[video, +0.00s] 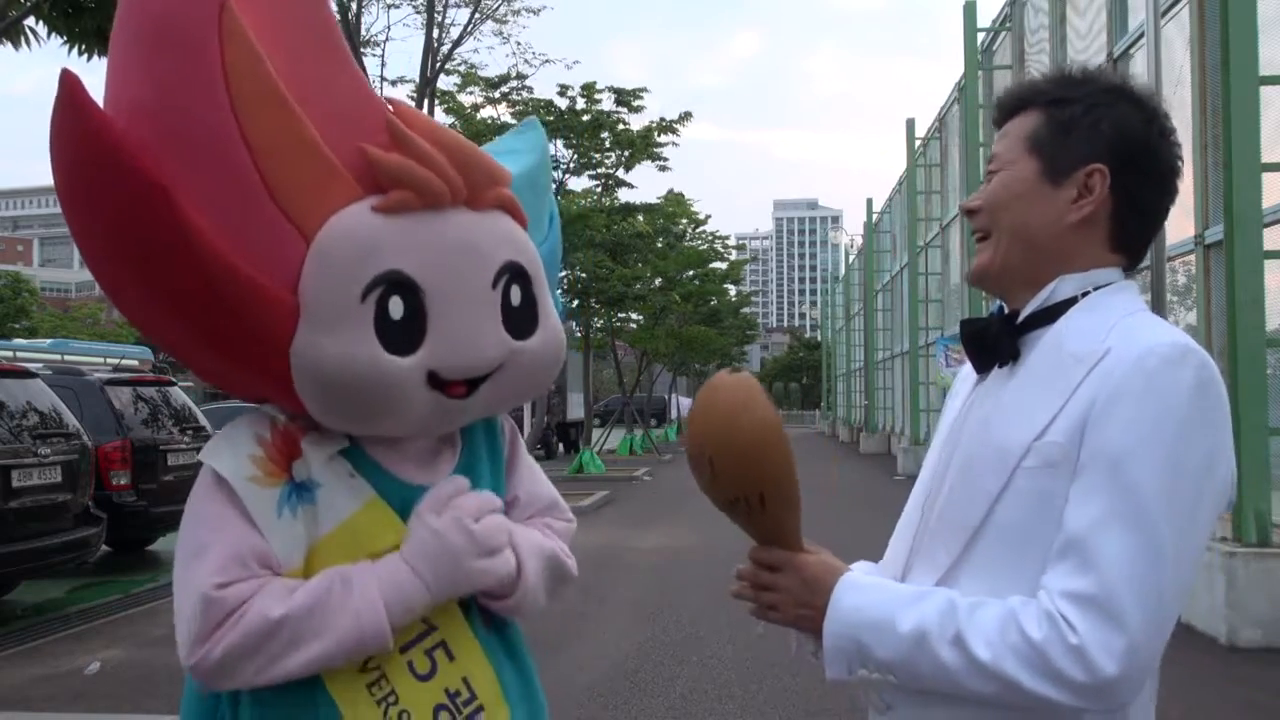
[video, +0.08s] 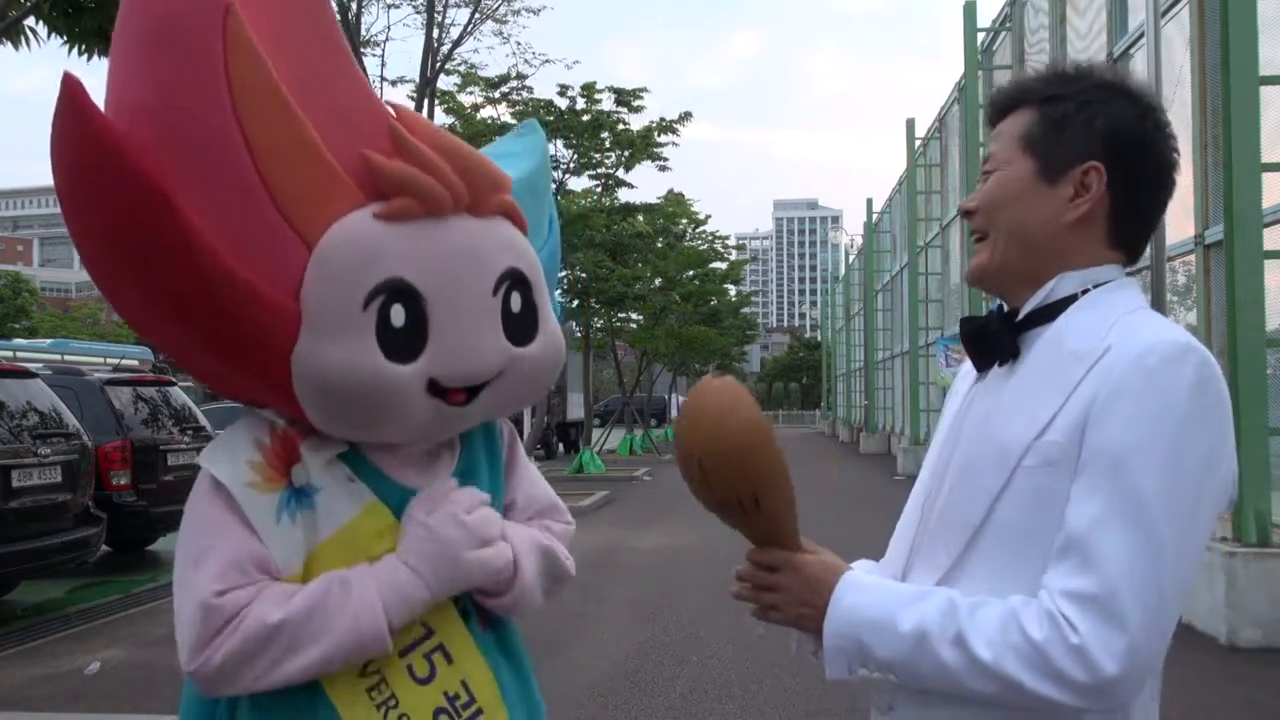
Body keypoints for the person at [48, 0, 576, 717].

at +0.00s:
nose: (467, 353)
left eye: (509, 300)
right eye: (399, 310)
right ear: (295, 312)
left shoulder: (491, 438)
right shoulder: (245, 465)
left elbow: (556, 541)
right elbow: (218, 638)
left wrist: (506, 558)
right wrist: (415, 574)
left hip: (491, 705)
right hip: (308, 712)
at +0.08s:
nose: (464, 363)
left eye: (507, 309)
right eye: (401, 318)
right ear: (300, 322)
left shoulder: (488, 441)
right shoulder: (242, 471)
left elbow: (555, 540)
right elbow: (219, 643)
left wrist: (502, 557)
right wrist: (410, 575)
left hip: (487, 704)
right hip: (306, 712)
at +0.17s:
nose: (466, 389)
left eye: (511, 325)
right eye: (398, 344)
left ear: (535, 318)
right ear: (295, 340)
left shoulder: (484, 457)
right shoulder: (242, 493)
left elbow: (547, 553)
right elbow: (227, 668)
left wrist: (516, 576)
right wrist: (410, 594)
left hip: (492, 707)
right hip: (332, 714)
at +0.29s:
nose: (466, 398)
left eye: (510, 335)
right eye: (395, 356)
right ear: (287, 348)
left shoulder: (487, 470)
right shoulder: (243, 492)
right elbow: (231, 672)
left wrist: (535, 583)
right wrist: (392, 580)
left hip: (491, 707)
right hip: (330, 714)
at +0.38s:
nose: (448, 403)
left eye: (493, 348)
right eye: (386, 365)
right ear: (280, 358)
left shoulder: (488, 473)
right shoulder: (249, 483)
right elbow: (235, 663)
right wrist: (366, 541)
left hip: (496, 711)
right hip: (320, 716)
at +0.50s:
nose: (439, 375)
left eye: (477, 332)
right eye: (383, 343)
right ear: (279, 349)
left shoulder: (492, 468)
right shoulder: (249, 479)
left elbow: (555, 595)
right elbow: (239, 662)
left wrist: (552, 473)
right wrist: (344, 516)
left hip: (499, 709)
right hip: (312, 714)